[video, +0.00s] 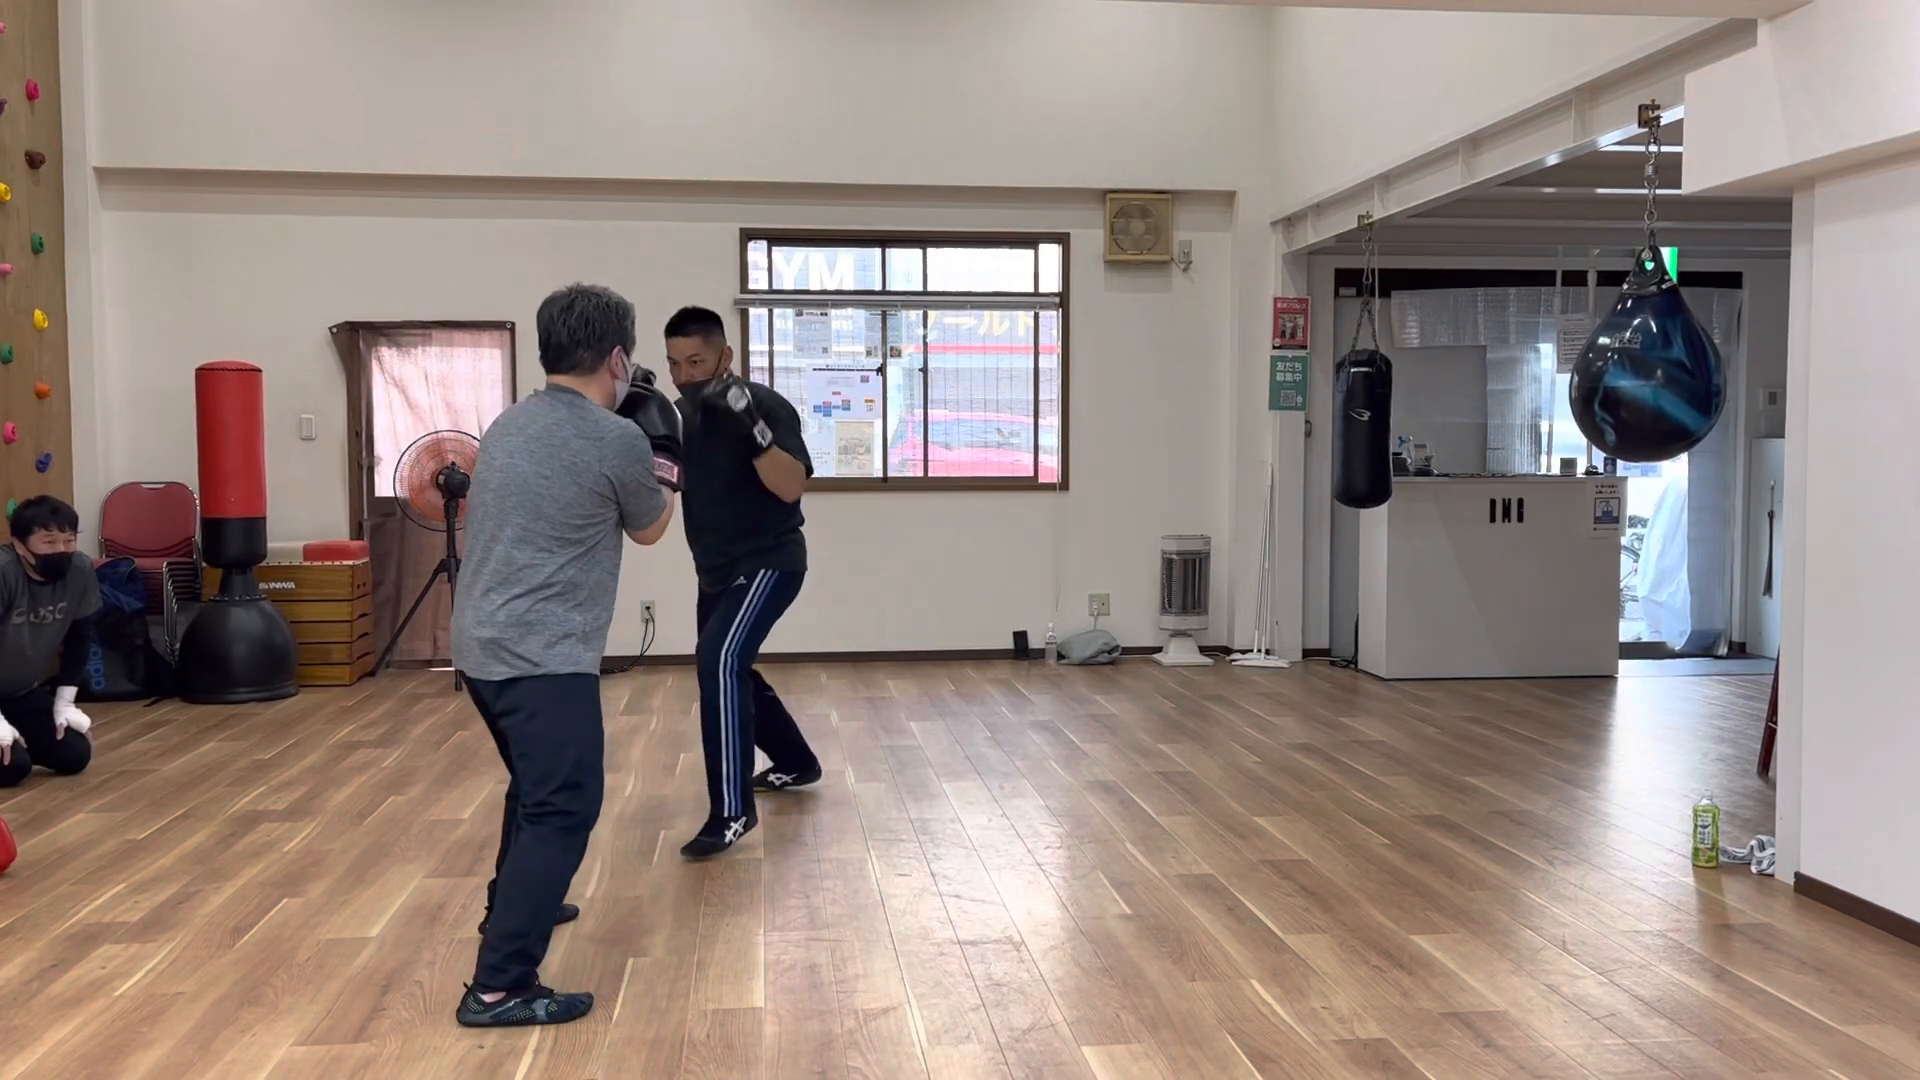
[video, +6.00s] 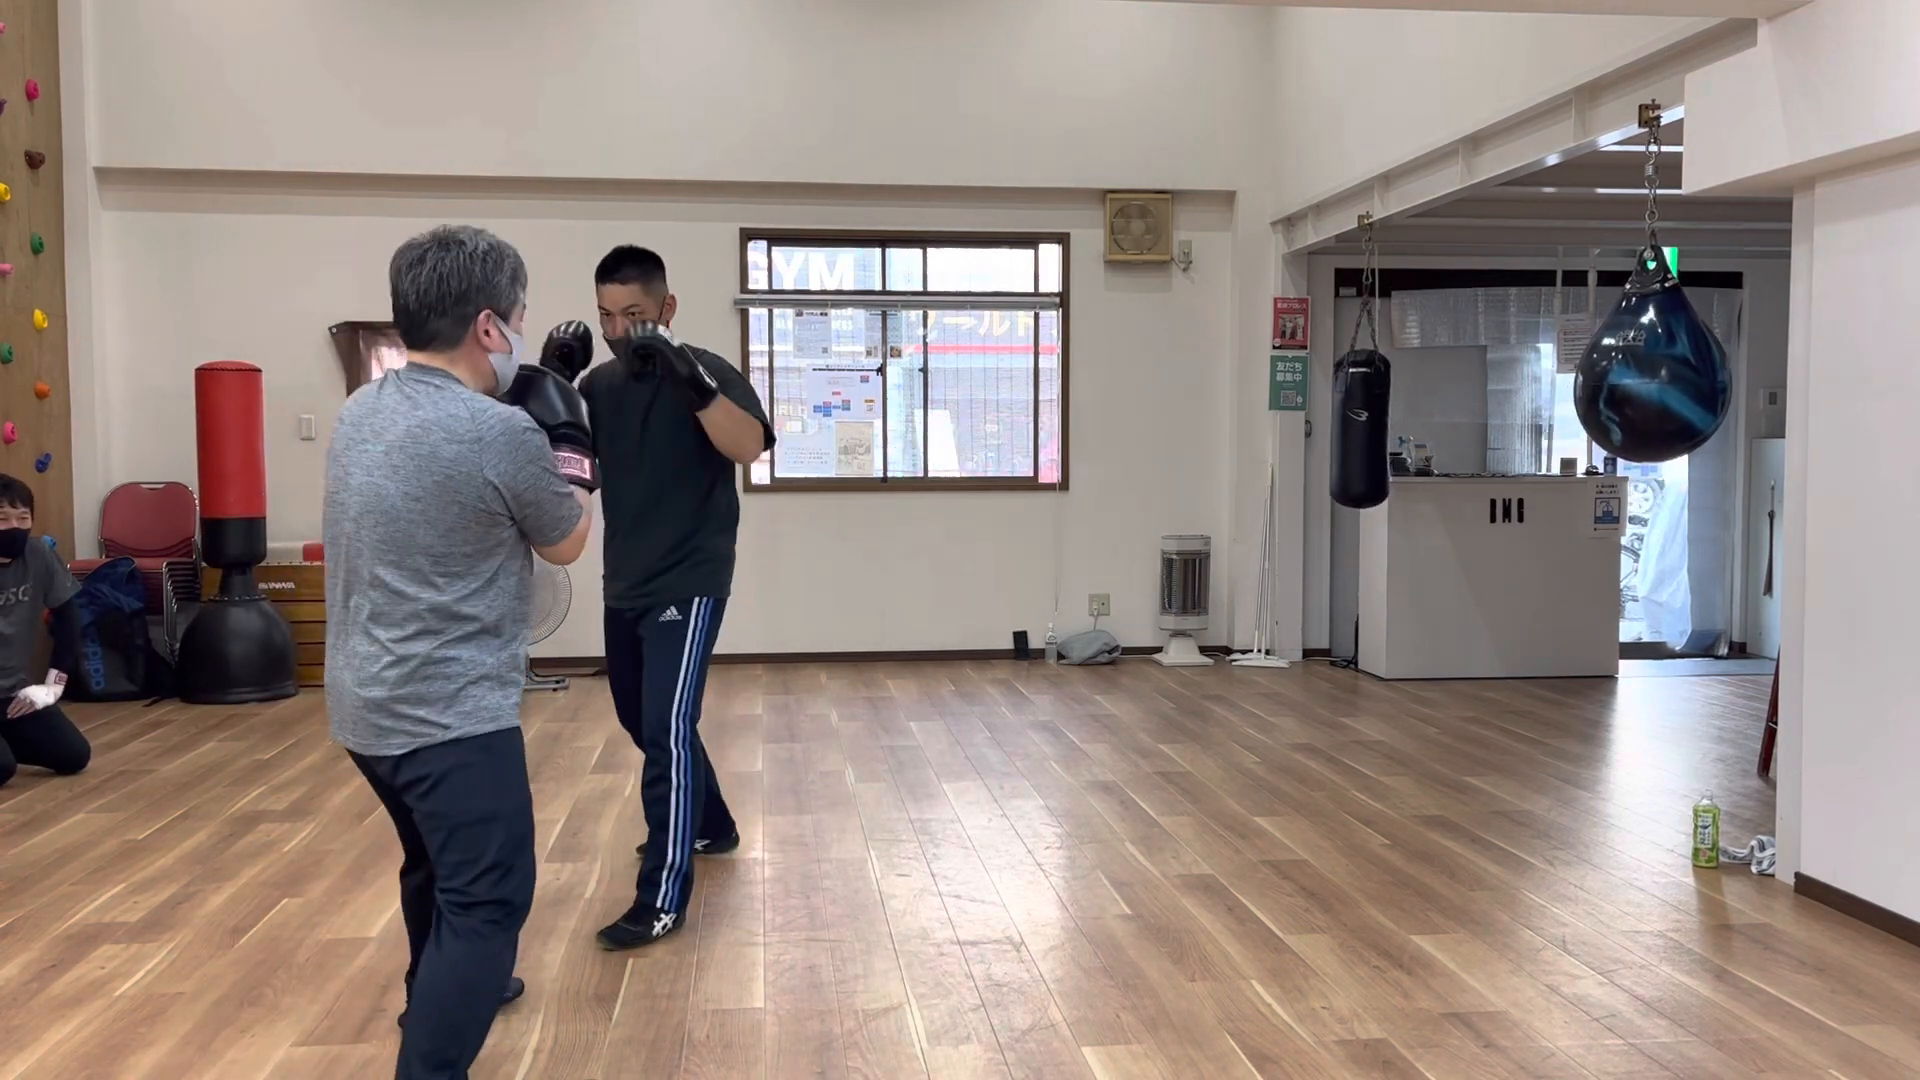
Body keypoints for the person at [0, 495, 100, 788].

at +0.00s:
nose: (61, 551)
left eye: (68, 541)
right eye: (49, 542)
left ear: (75, 540)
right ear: (19, 545)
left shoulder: (79, 570)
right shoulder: (6, 573)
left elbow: (79, 639)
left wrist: (65, 701)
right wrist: (1, 721)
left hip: (29, 690)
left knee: (73, 756)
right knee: (14, 766)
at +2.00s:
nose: (41, 534)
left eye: (48, 524)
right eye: (28, 526)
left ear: (56, 527)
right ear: (5, 537)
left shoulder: (67, 562)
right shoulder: (3, 571)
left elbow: (70, 637)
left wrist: (62, 702)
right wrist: (1, 722)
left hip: (29, 692)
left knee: (74, 757)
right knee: (13, 767)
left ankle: (15, 732)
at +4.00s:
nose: (6, 506)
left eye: (12, 498)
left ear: (20, 503)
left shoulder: (30, 552)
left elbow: (61, 616)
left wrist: (48, 678)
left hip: (16, 692)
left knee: (75, 756)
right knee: (2, 767)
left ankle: (2, 741)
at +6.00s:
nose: (14, 527)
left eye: (22, 518)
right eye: (4, 519)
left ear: (32, 520)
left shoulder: (37, 554)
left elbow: (67, 612)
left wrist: (54, 683)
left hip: (15, 693)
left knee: (74, 756)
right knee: (4, 768)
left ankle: (3, 742)